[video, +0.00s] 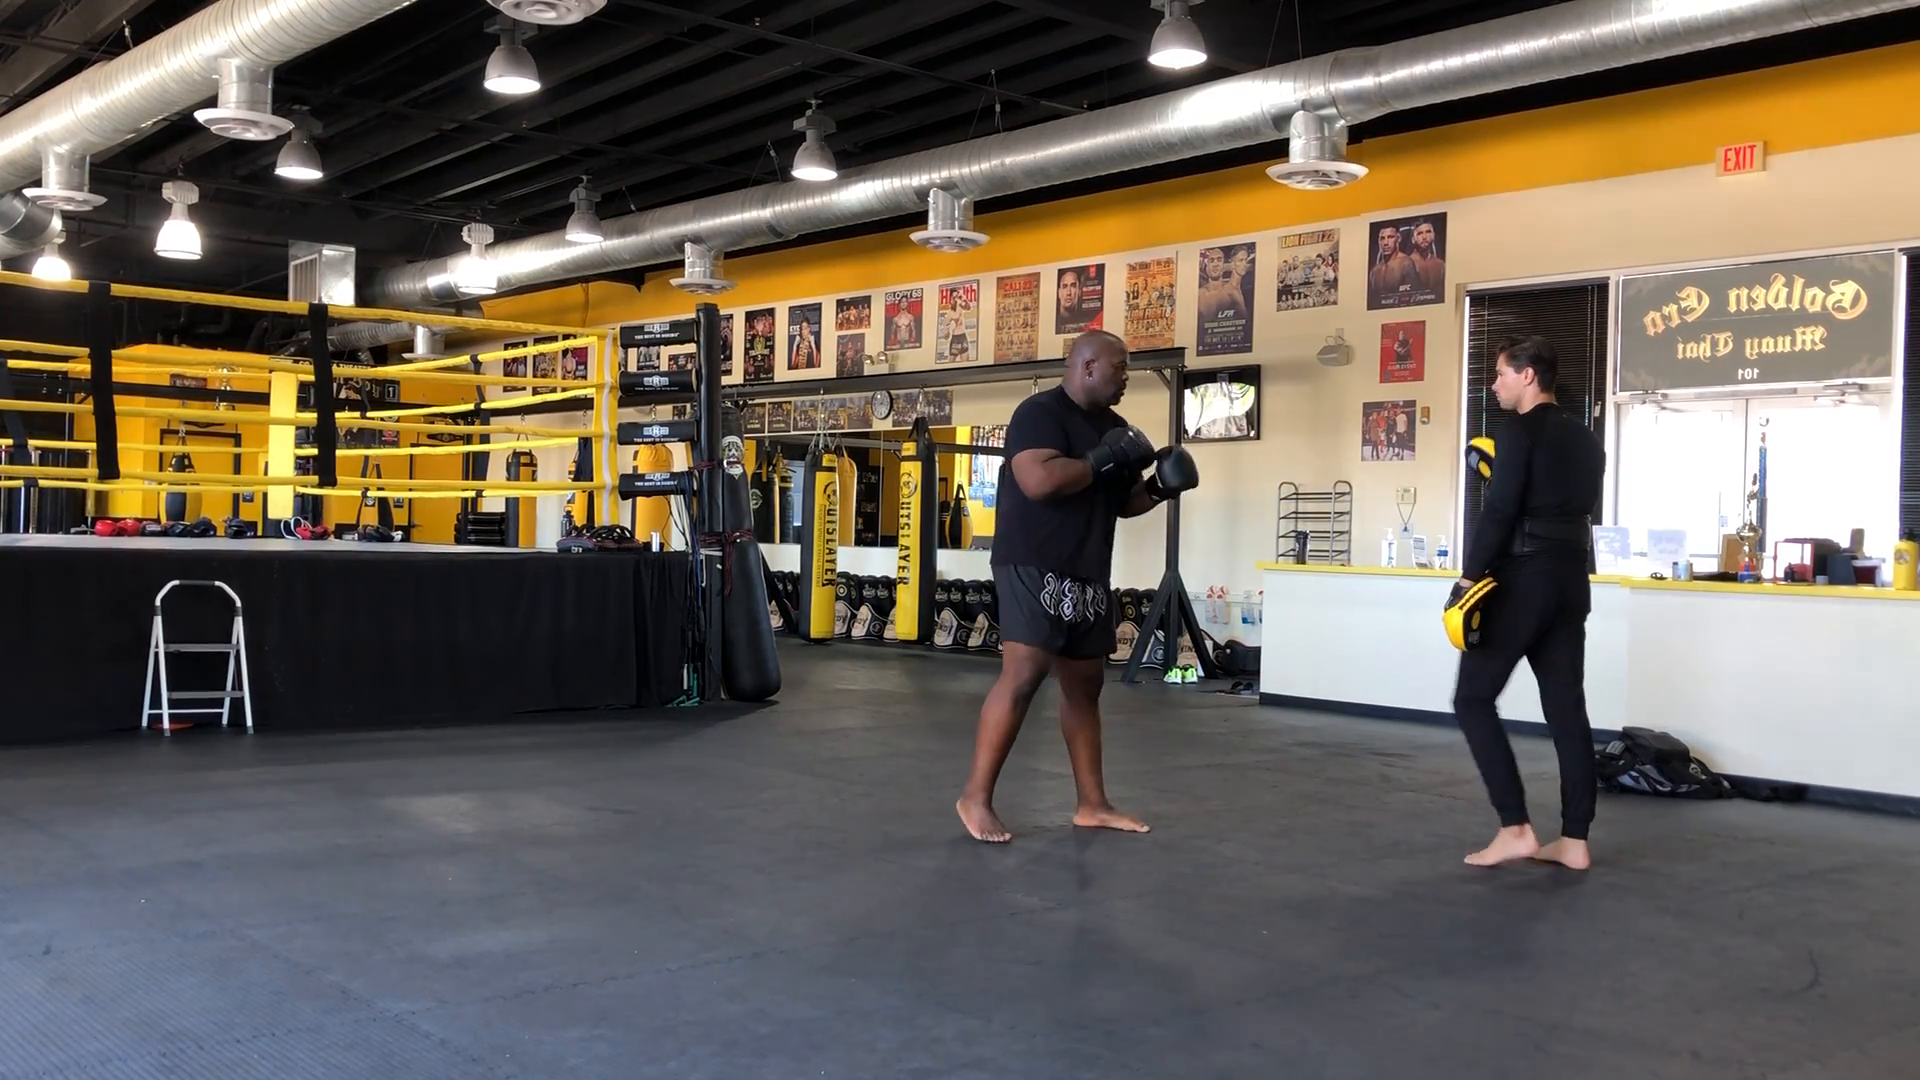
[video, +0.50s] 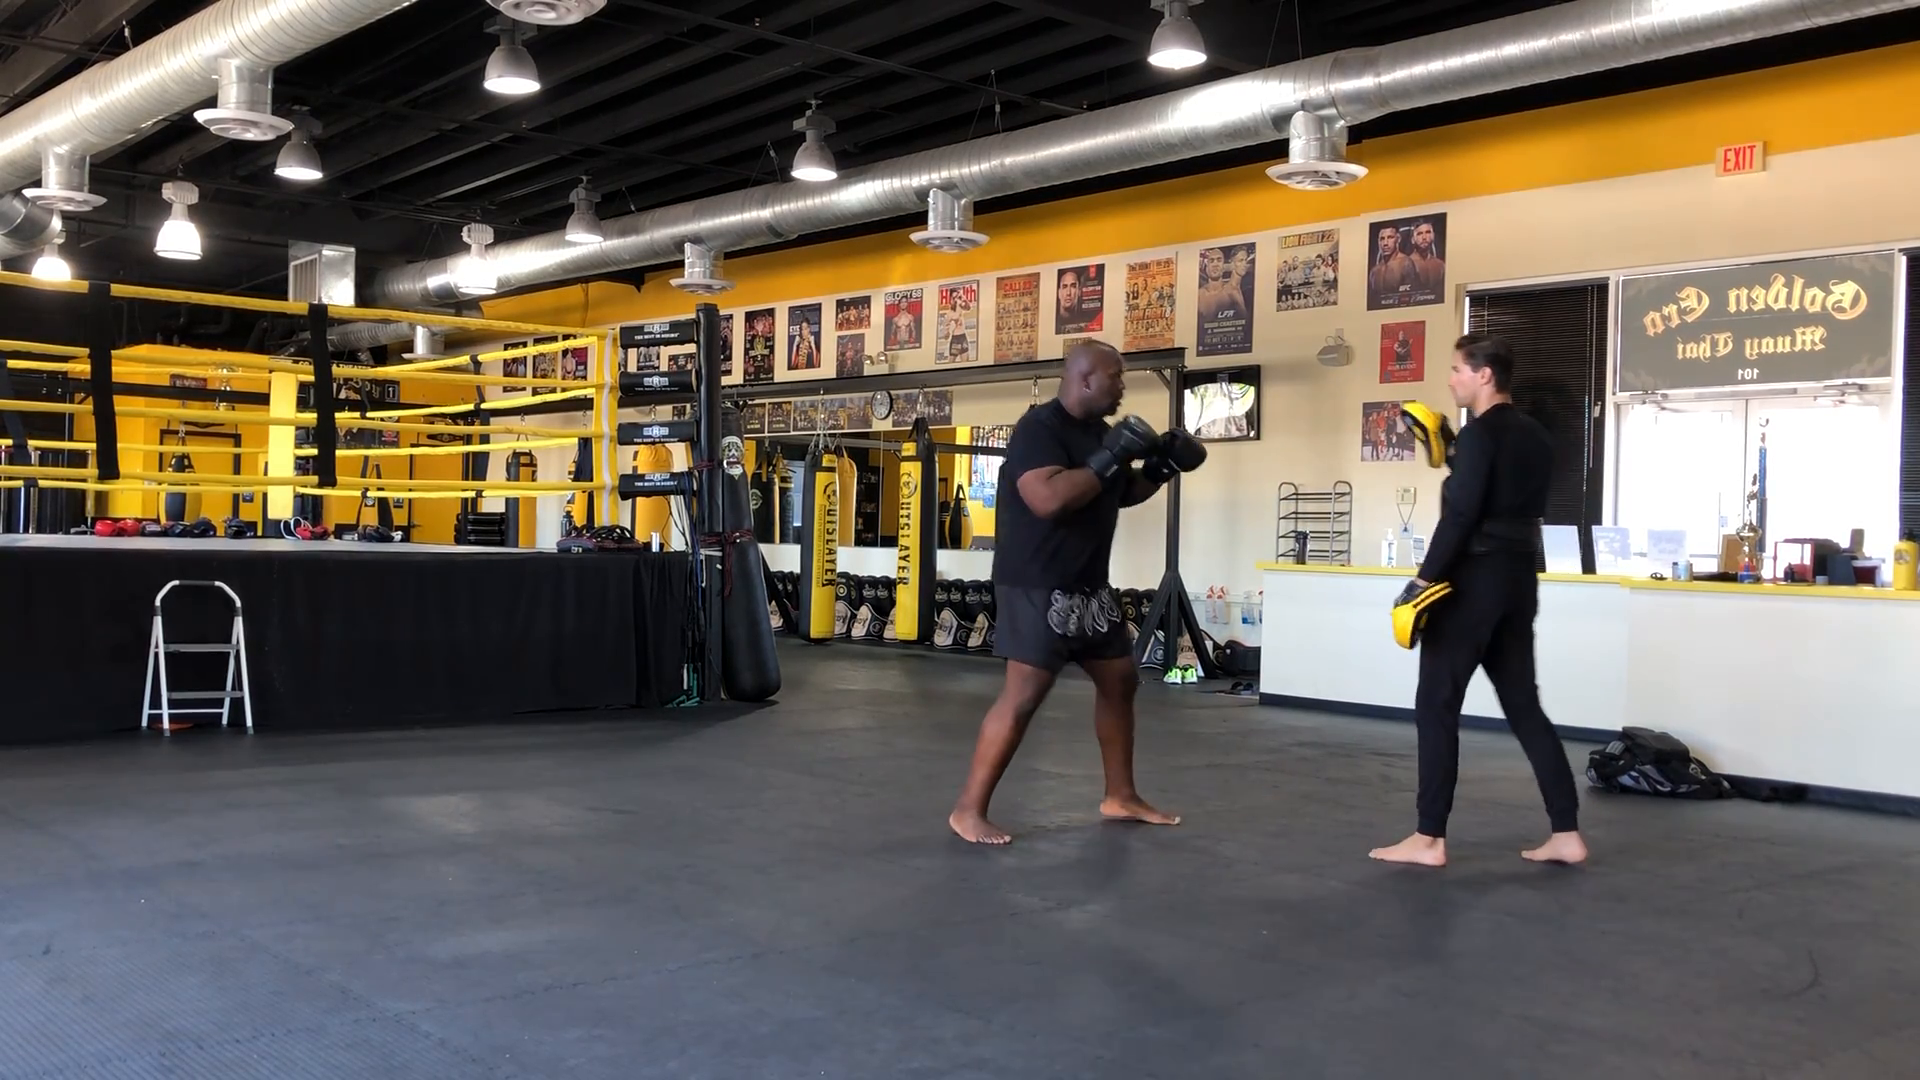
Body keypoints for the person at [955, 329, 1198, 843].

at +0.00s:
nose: (1125, 382)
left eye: (1126, 373)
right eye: (1120, 371)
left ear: (1097, 369)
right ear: (1086, 366)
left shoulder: (1112, 430)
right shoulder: (1037, 412)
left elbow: (1122, 504)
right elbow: (1039, 480)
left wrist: (1158, 485)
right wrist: (1108, 457)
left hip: (1087, 573)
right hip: (1031, 566)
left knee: (1084, 684)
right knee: (1022, 675)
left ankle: (1092, 803)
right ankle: (975, 799)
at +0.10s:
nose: (1117, 383)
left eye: (1118, 373)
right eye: (1112, 372)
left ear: (1088, 370)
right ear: (1078, 367)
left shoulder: (1104, 431)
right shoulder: (1030, 417)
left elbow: (1116, 504)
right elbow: (1034, 489)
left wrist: (1149, 487)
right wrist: (1101, 464)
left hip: (1088, 576)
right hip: (1029, 573)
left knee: (1091, 684)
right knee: (1015, 681)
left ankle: (1092, 804)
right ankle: (969, 805)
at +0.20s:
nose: (1110, 385)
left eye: (1111, 376)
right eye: (1104, 375)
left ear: (1079, 374)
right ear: (1071, 372)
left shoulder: (1091, 433)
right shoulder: (1023, 422)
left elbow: (1093, 509)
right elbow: (1026, 496)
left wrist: (1137, 490)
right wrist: (1093, 468)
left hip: (1084, 581)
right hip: (1027, 581)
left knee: (1110, 678)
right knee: (1009, 690)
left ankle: (1096, 800)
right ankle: (965, 813)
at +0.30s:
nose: (1108, 384)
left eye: (1109, 375)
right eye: (1102, 374)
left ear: (1077, 373)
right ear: (1069, 372)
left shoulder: (1089, 432)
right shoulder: (1021, 421)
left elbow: (1091, 506)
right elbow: (1028, 493)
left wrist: (1133, 477)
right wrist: (1096, 457)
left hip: (1082, 580)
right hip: (1025, 581)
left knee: (1119, 667)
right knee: (1009, 690)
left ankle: (1104, 792)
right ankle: (966, 813)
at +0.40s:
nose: (1109, 387)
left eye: (1111, 378)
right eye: (1105, 376)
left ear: (1079, 372)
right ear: (1073, 370)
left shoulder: (1087, 428)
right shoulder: (1024, 420)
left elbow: (1109, 495)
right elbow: (1037, 491)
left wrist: (1148, 463)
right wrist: (1101, 449)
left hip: (1086, 577)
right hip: (1030, 579)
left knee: (1112, 672)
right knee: (1012, 691)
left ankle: (1119, 791)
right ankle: (967, 812)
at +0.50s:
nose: (1121, 388)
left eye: (1122, 379)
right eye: (1114, 379)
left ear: (1091, 380)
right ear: (1081, 378)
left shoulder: (1098, 436)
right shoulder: (1037, 427)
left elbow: (1123, 492)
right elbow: (1046, 497)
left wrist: (1160, 467)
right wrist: (1111, 455)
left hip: (1087, 585)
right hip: (1035, 585)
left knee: (1119, 678)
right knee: (1023, 693)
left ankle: (1120, 796)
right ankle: (968, 811)